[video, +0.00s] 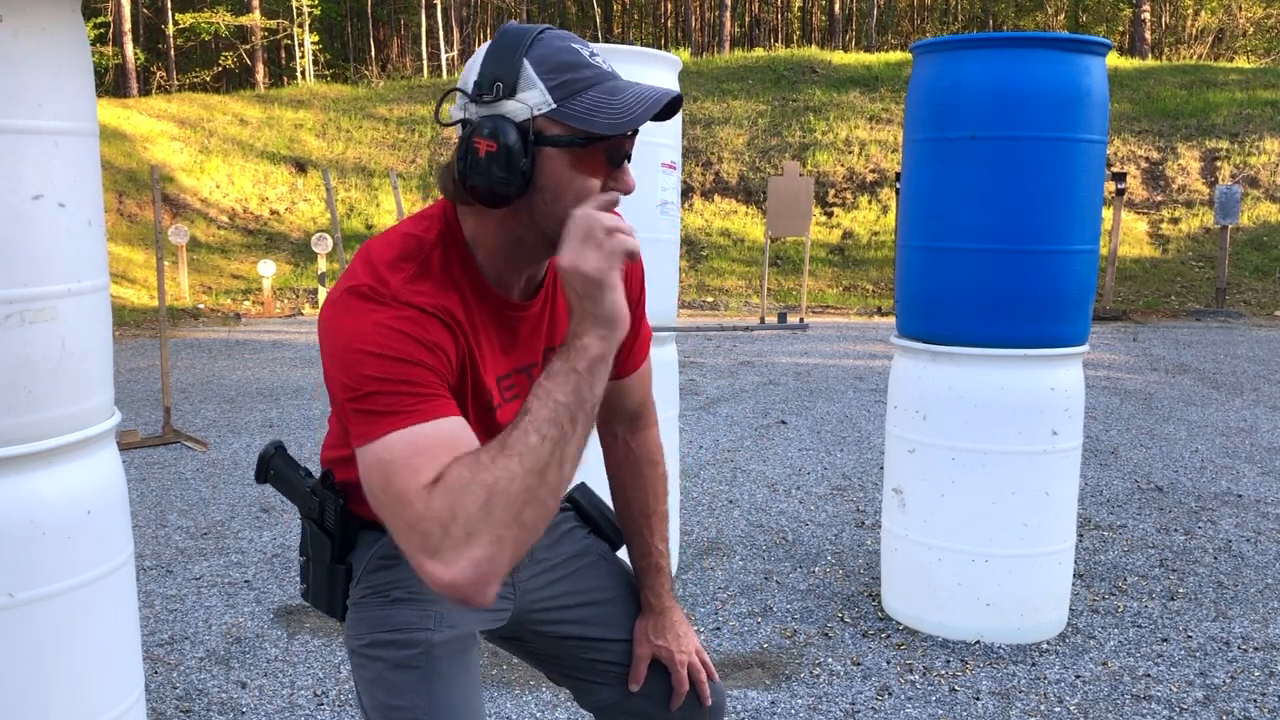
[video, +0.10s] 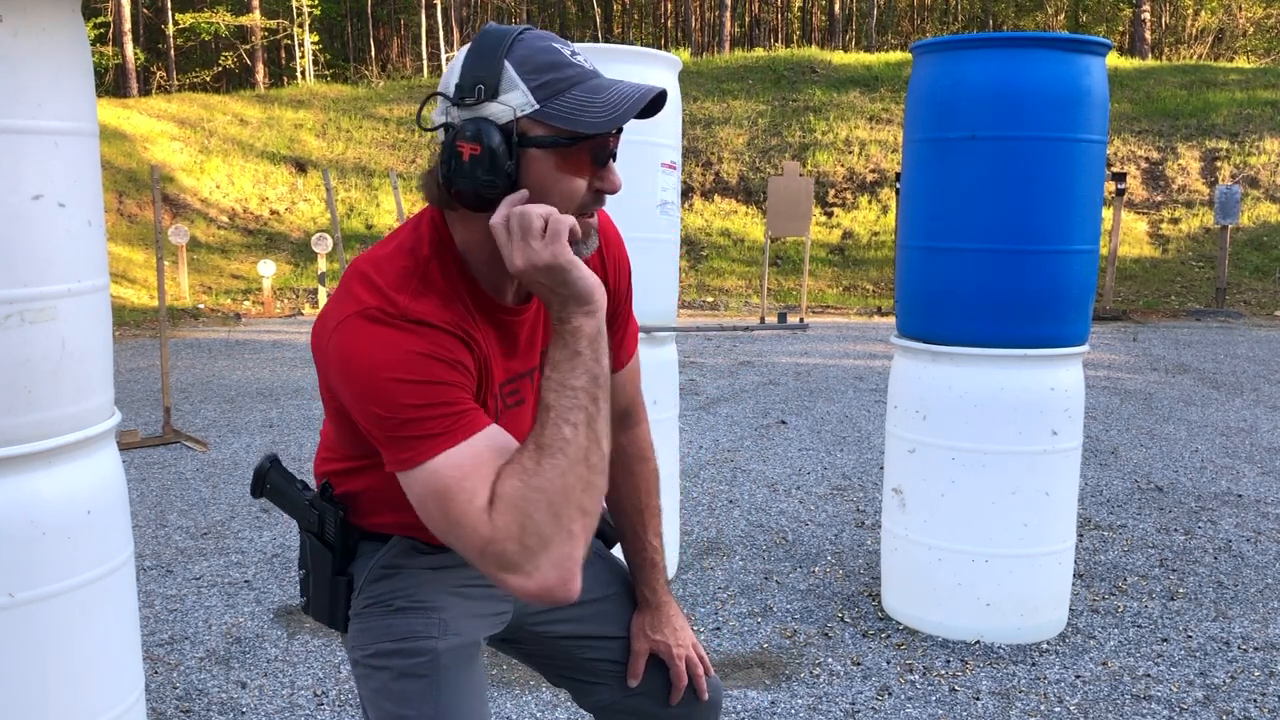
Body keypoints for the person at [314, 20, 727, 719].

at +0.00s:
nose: (626, 180)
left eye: (624, 151)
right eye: (596, 150)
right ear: (497, 157)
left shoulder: (604, 262)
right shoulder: (378, 303)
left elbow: (630, 425)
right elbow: (458, 555)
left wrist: (658, 597)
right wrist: (590, 337)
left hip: (536, 526)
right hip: (401, 551)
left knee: (687, 699)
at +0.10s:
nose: (611, 180)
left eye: (610, 149)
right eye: (580, 151)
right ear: (483, 157)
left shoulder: (591, 246)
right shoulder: (378, 321)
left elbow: (625, 424)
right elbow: (539, 564)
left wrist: (655, 594)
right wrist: (577, 315)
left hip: (546, 543)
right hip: (411, 560)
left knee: (686, 698)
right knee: (440, 704)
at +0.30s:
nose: (584, 175)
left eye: (587, 146)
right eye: (552, 147)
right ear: (455, 160)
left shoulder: (573, 244)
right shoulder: (382, 338)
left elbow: (605, 426)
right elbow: (608, 526)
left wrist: (650, 586)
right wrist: (663, 296)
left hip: (544, 542)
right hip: (420, 574)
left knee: (686, 693)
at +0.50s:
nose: (523, 199)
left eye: (547, 161)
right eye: (493, 163)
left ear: (575, 160)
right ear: (427, 161)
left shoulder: (580, 240)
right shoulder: (383, 317)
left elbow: (616, 429)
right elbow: (631, 468)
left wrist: (650, 588)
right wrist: (756, 255)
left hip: (543, 541)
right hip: (415, 572)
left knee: (683, 697)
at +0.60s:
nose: (524, 202)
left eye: (549, 164)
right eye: (495, 166)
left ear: (578, 162)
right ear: (429, 165)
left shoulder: (584, 239)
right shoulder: (383, 311)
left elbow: (619, 417)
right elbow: (627, 462)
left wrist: (653, 589)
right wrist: (753, 250)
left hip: (541, 538)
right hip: (416, 568)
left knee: (682, 698)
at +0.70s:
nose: (529, 202)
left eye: (552, 166)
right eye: (500, 167)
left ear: (579, 164)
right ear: (433, 162)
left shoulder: (586, 238)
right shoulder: (383, 310)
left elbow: (620, 424)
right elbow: (625, 463)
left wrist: (653, 591)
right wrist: (752, 249)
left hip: (546, 540)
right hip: (415, 568)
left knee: (686, 697)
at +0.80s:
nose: (534, 200)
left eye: (557, 165)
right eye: (504, 165)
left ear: (586, 162)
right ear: (440, 155)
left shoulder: (592, 237)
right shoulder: (387, 305)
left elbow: (617, 409)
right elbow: (591, 500)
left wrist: (655, 592)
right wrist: (707, 290)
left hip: (559, 546)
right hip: (418, 567)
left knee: (689, 700)